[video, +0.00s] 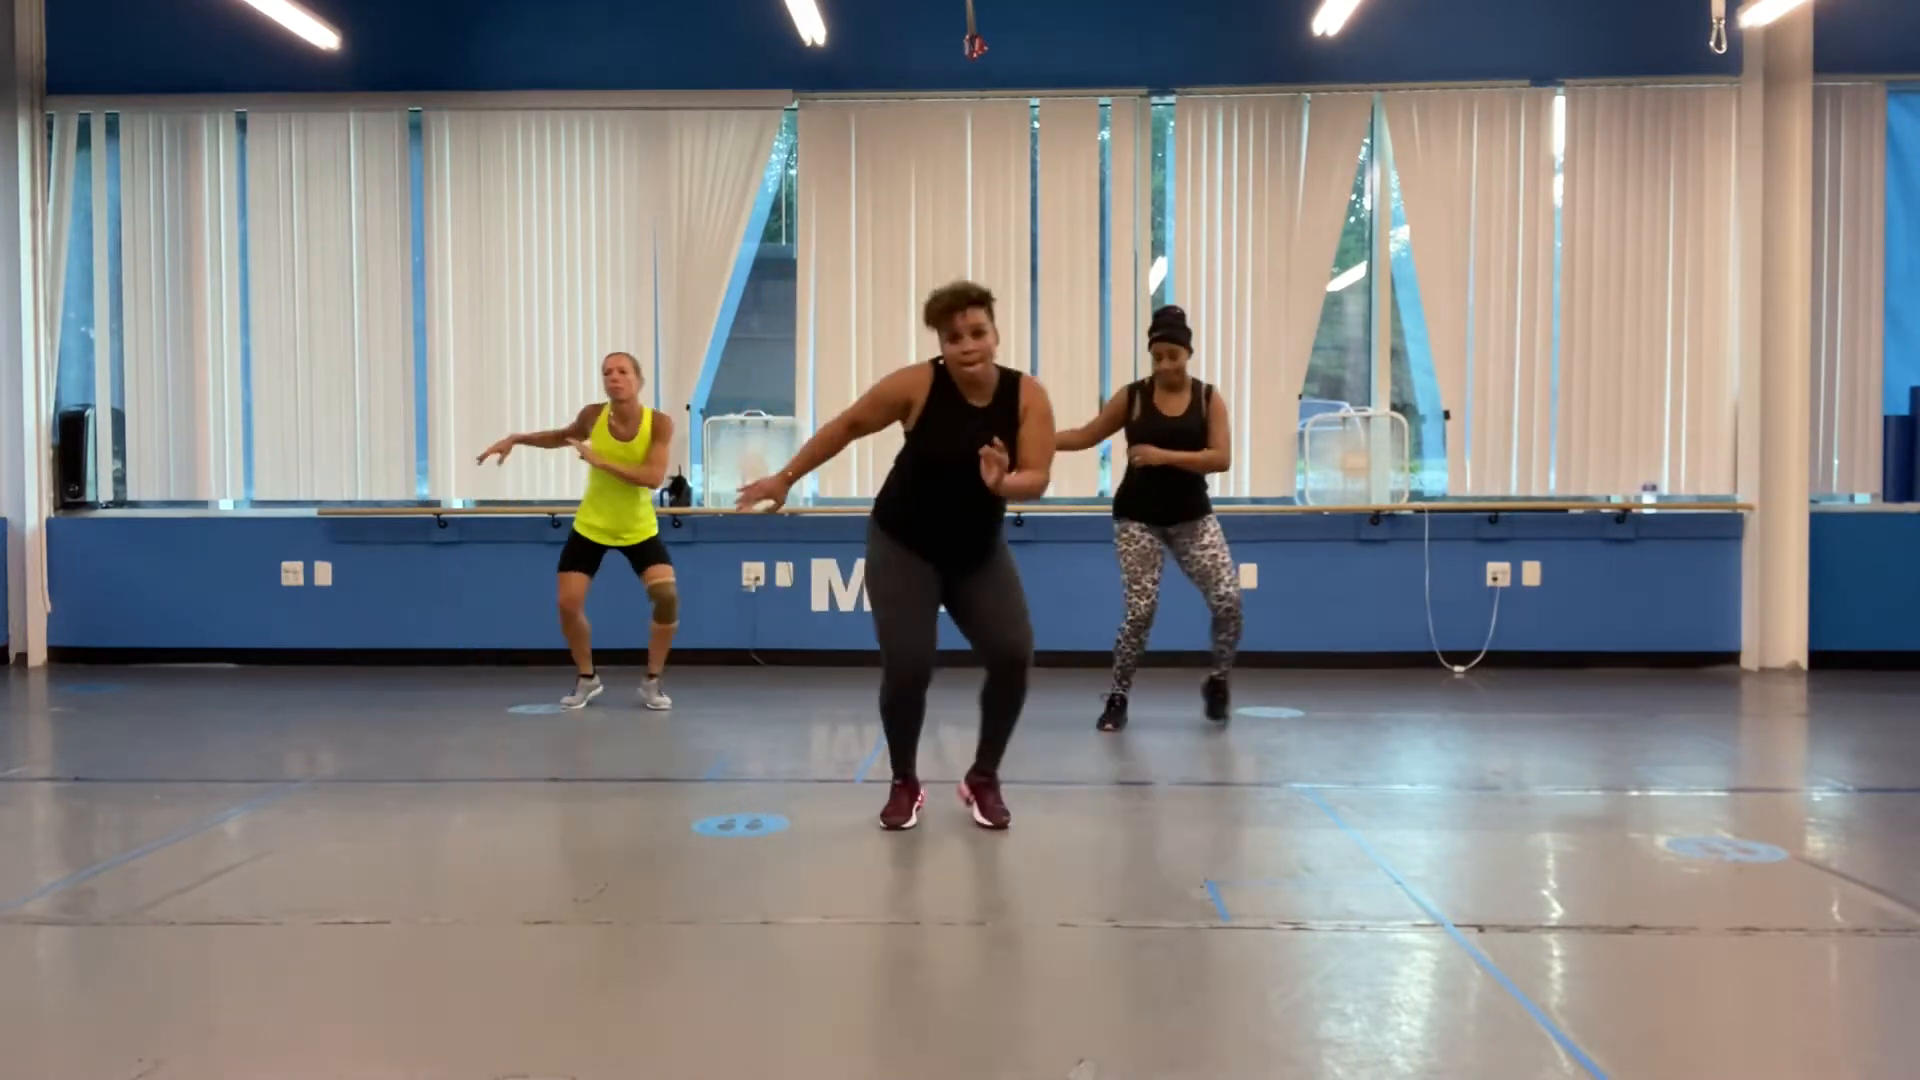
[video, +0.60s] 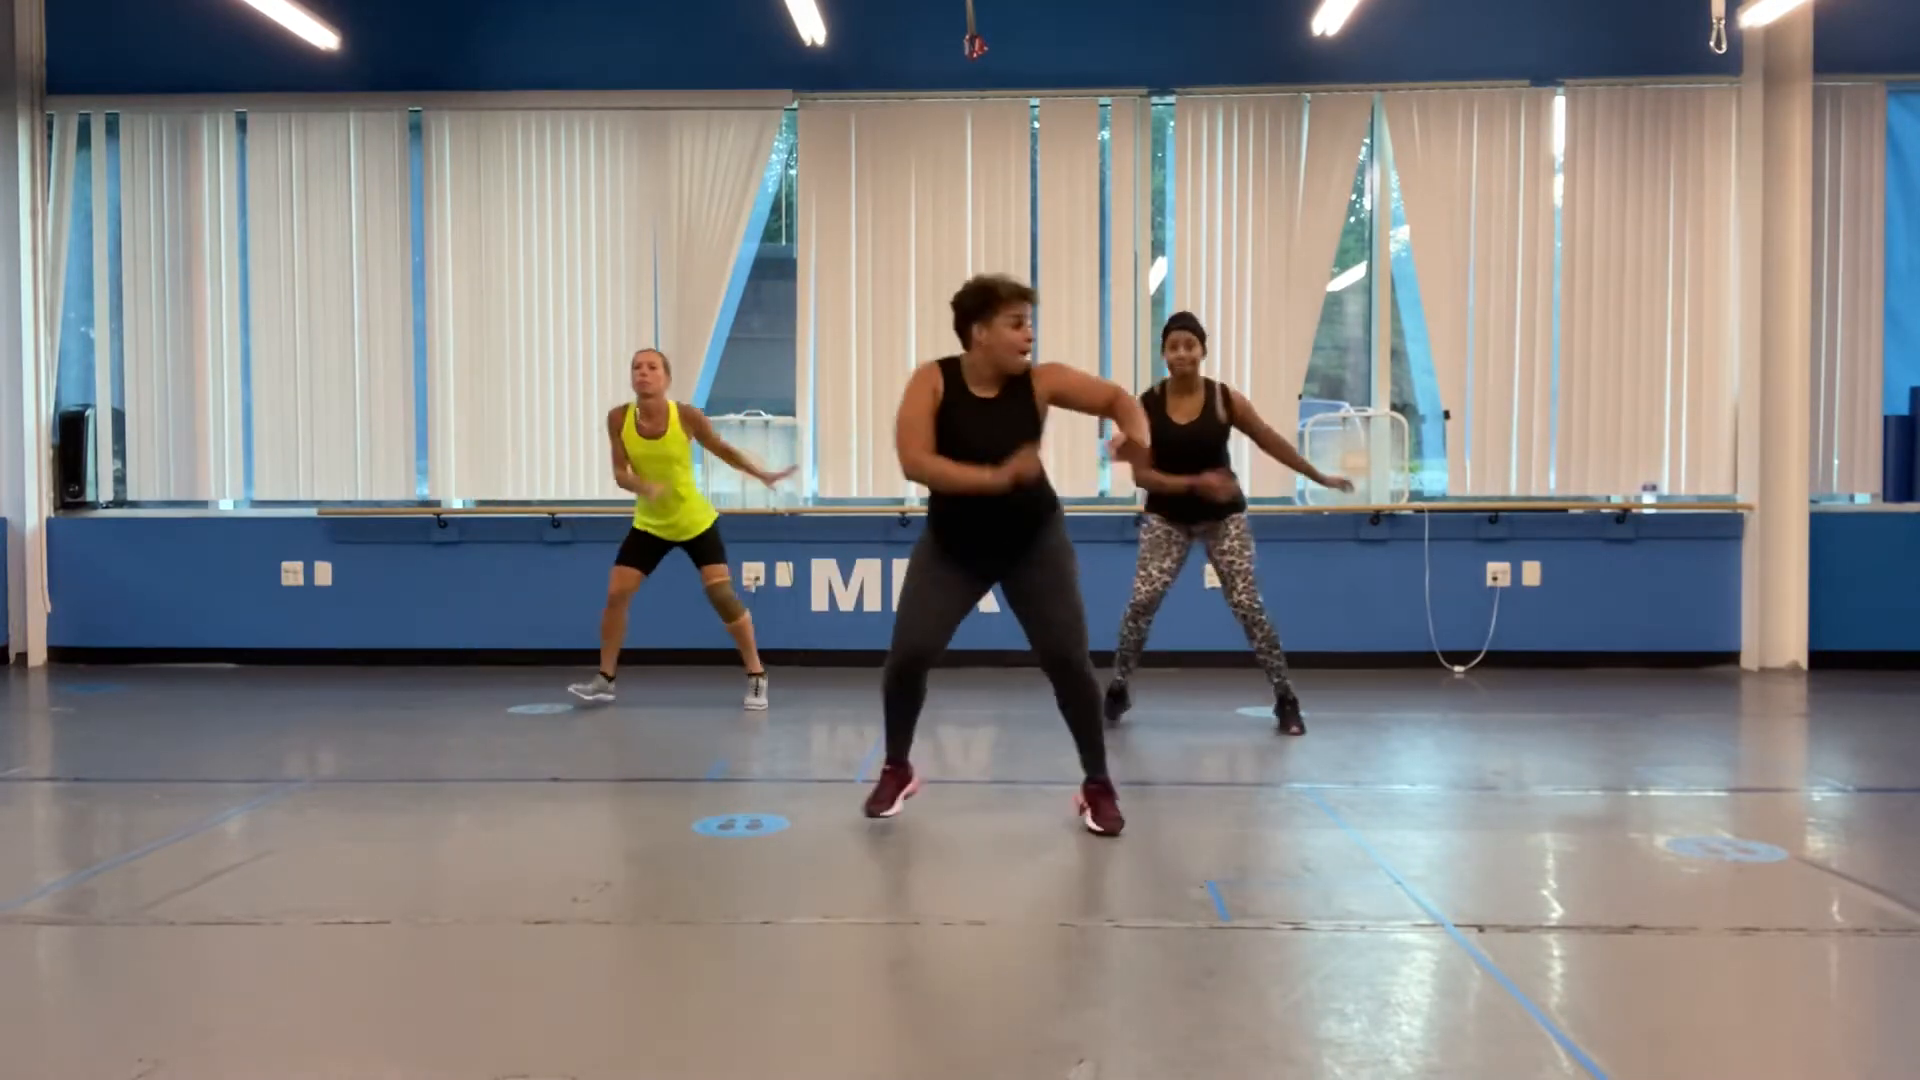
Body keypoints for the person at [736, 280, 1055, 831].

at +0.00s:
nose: (969, 346)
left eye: (978, 333)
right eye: (956, 338)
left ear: (996, 335)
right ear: (940, 344)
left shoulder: (1027, 396)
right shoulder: (913, 386)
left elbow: (1037, 479)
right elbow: (845, 428)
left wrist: (1004, 483)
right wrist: (784, 478)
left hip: (978, 548)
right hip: (904, 543)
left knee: (1013, 654)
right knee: (908, 669)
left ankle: (984, 777)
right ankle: (904, 783)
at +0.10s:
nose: (989, 340)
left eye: (998, 327)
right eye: (975, 332)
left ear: (1016, 328)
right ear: (960, 339)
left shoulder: (1048, 378)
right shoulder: (938, 382)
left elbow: (1076, 454)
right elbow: (867, 412)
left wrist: (1017, 446)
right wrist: (794, 453)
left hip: (998, 540)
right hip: (922, 533)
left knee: (1043, 642)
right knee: (909, 656)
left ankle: (1024, 764)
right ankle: (897, 777)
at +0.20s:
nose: (1008, 348)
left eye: (1018, 335)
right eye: (995, 340)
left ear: (1037, 337)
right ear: (981, 347)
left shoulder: (1070, 380)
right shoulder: (962, 391)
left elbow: (1111, 438)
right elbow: (883, 417)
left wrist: (1030, 424)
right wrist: (804, 442)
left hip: (1023, 547)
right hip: (948, 534)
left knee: (1055, 664)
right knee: (904, 646)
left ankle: (1083, 791)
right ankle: (867, 745)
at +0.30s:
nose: (1023, 353)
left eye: (1032, 340)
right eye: (1010, 345)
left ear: (1050, 345)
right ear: (994, 354)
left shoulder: (1085, 396)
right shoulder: (974, 412)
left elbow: (1130, 458)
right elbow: (907, 457)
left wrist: (1049, 459)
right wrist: (836, 486)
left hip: (1048, 557)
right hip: (971, 548)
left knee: (1093, 662)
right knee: (923, 642)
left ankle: (1087, 792)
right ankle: (849, 706)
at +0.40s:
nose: (1029, 346)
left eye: (1038, 335)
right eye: (1015, 337)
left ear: (1051, 340)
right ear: (994, 347)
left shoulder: (1085, 401)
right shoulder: (971, 413)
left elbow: (1132, 466)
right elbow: (940, 492)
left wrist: (1097, 504)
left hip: (1054, 559)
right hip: (974, 555)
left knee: (1100, 663)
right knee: (937, 656)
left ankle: (1089, 791)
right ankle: (878, 742)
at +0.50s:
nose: (1044, 339)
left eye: (1045, 328)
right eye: (1030, 331)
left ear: (1048, 332)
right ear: (992, 341)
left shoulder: (1071, 391)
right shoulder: (957, 404)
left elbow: (1138, 433)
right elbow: (951, 486)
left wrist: (1130, 478)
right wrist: (967, 549)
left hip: (1051, 555)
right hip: (971, 553)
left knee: (1090, 666)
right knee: (923, 665)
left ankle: (1091, 790)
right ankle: (913, 769)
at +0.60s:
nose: (1028, 334)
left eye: (1029, 324)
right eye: (1015, 325)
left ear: (1028, 329)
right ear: (975, 332)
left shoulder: (1041, 382)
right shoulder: (932, 382)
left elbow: (1118, 399)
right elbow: (914, 461)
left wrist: (1138, 438)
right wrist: (996, 476)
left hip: (1033, 544)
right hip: (952, 545)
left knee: (1067, 659)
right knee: (907, 656)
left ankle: (1097, 784)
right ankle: (896, 767)